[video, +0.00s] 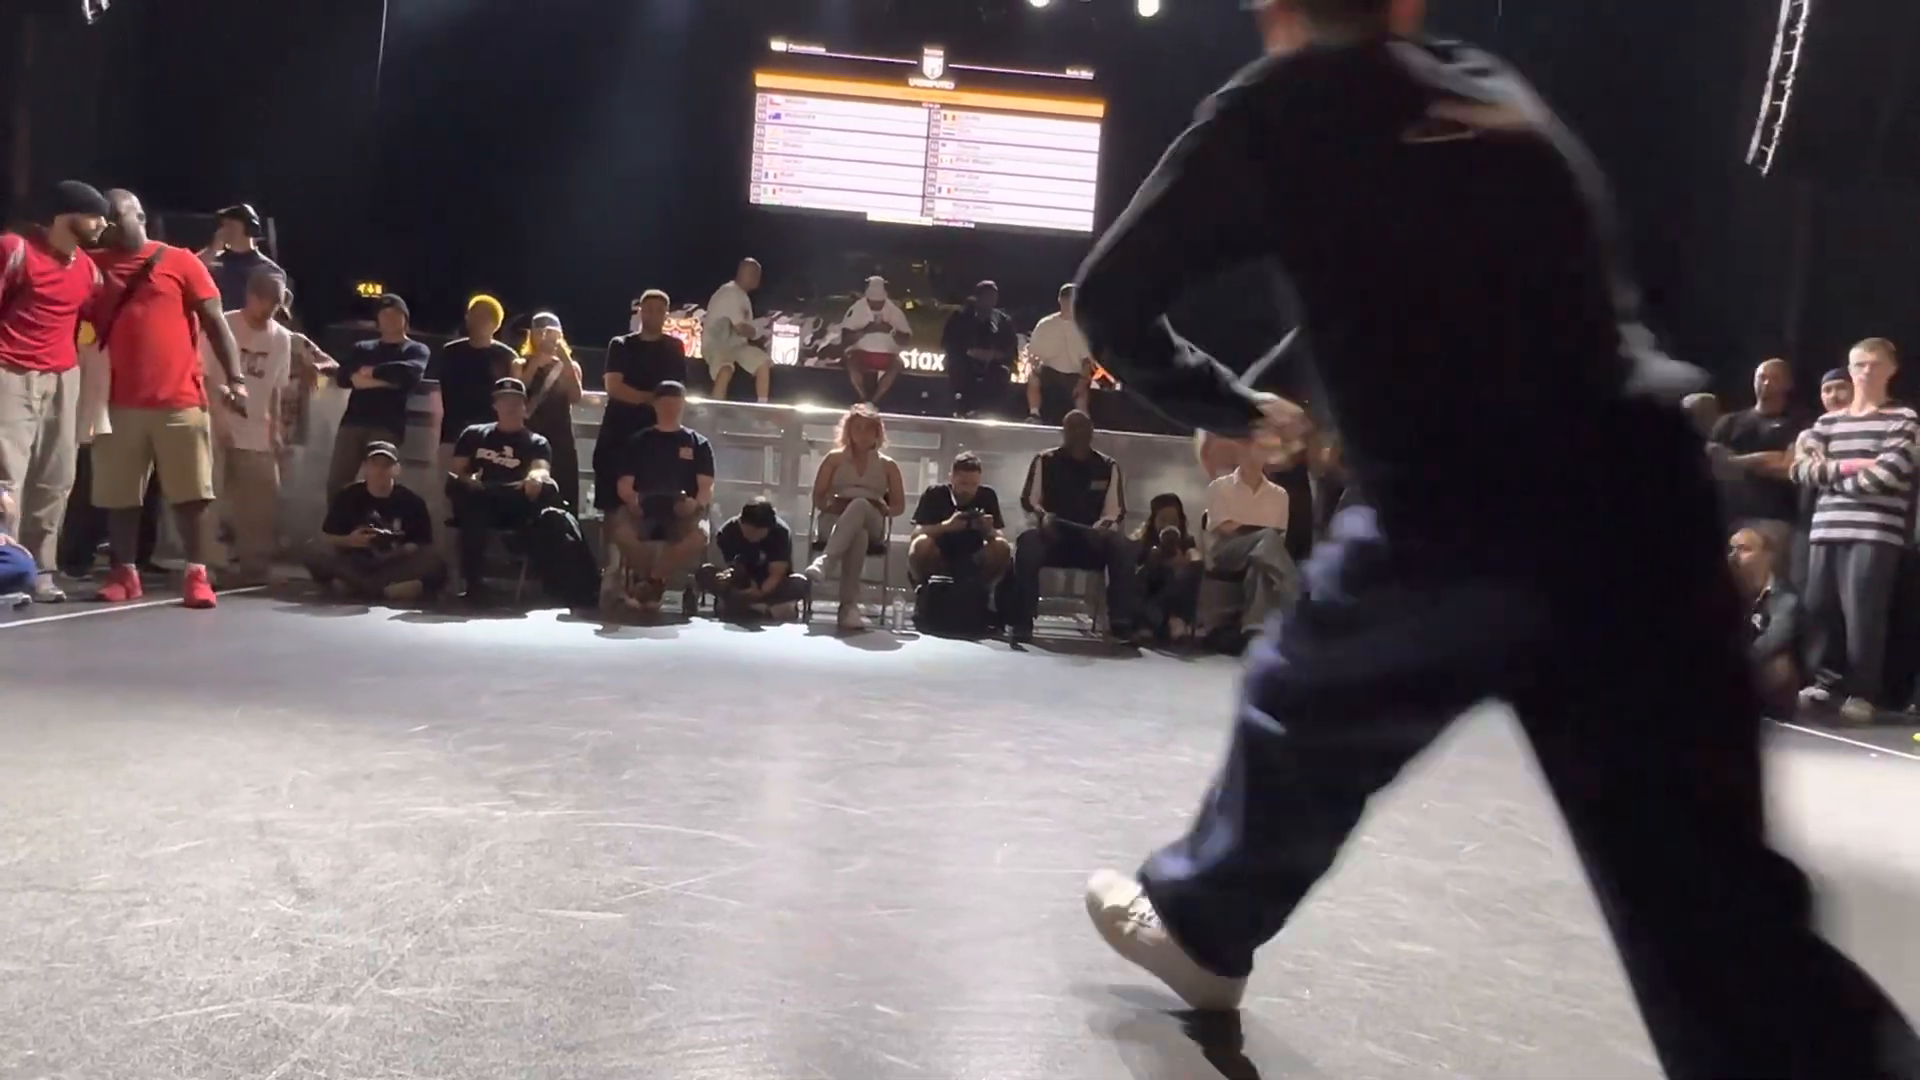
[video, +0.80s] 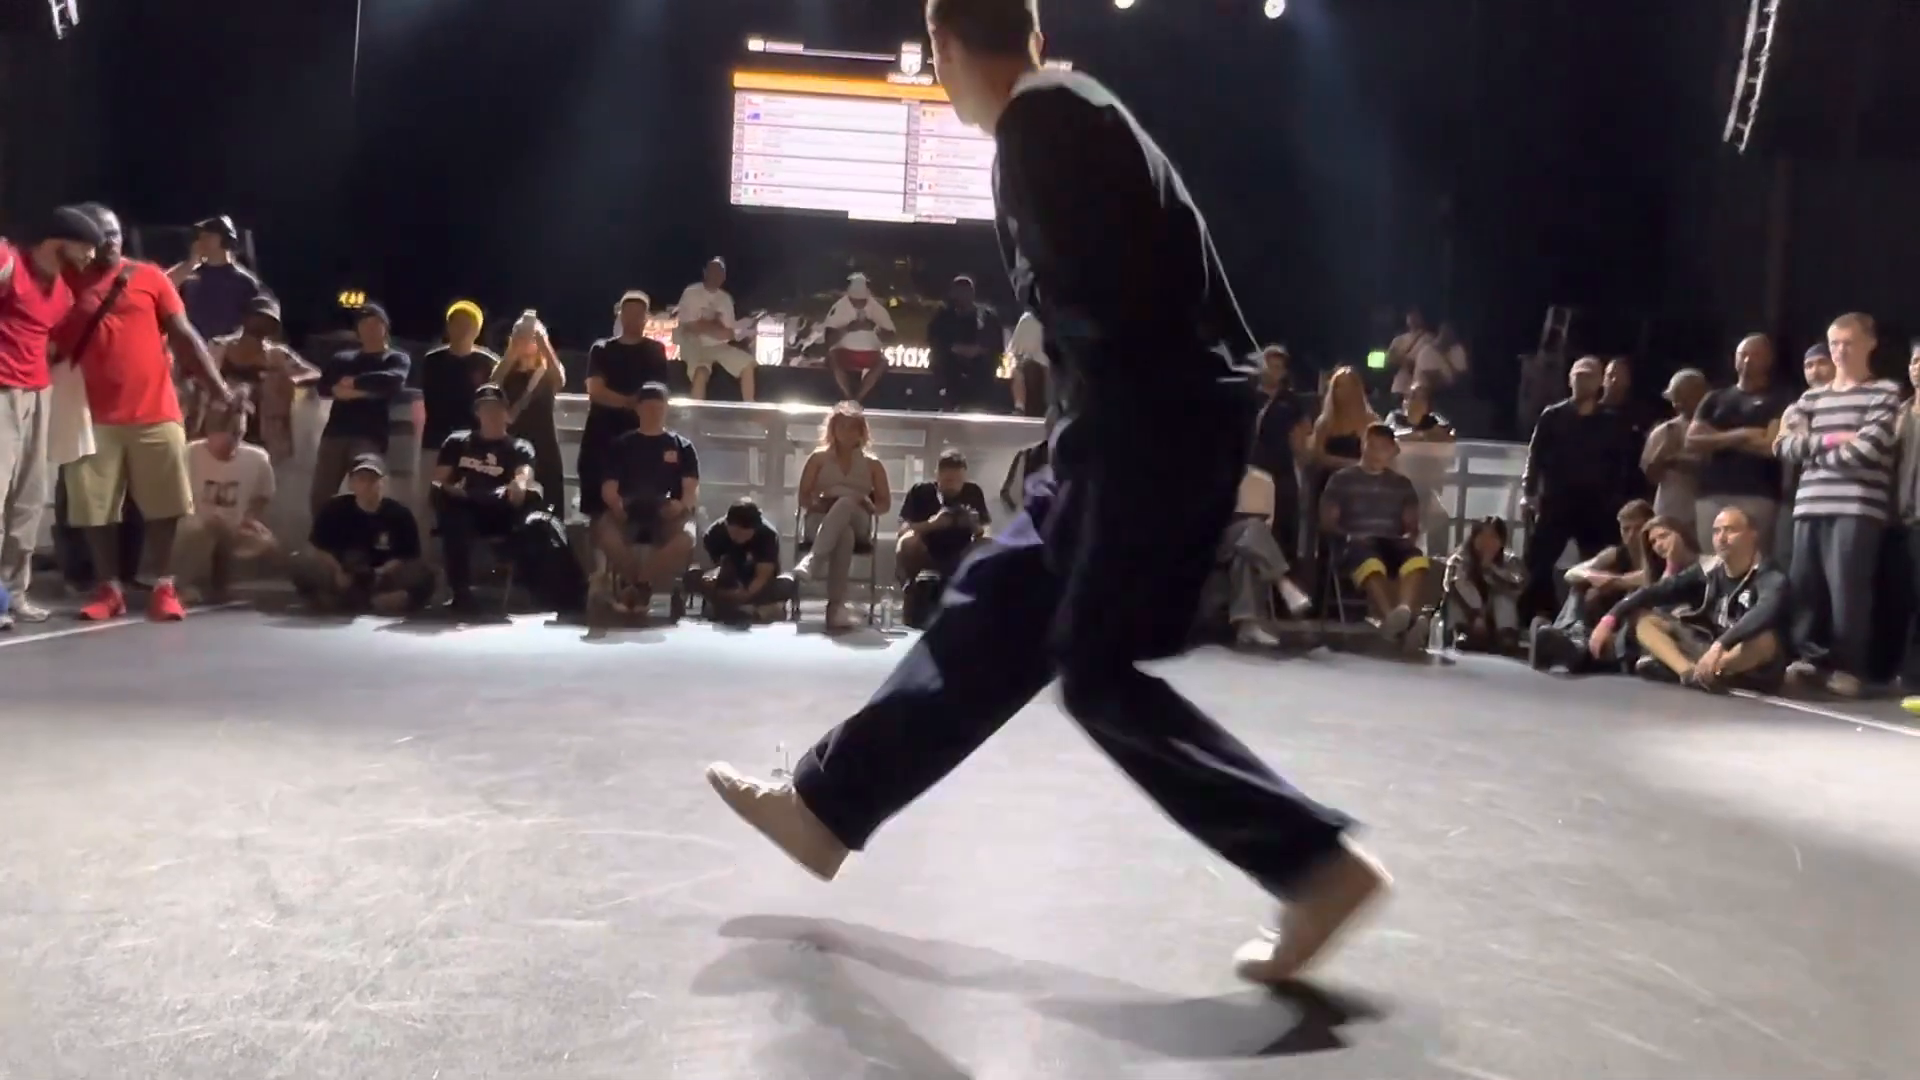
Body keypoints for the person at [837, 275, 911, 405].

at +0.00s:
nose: (876, 305)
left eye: (880, 301)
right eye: (873, 301)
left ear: (885, 298)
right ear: (867, 298)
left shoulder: (894, 310)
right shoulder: (856, 309)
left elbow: (905, 340)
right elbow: (845, 339)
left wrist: (891, 330)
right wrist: (866, 330)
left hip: (887, 354)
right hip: (860, 352)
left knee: (897, 365)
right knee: (851, 362)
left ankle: (874, 401)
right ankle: (863, 398)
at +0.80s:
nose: (859, 303)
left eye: (862, 300)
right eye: (855, 300)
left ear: (867, 296)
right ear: (849, 296)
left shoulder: (876, 307)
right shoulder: (840, 307)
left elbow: (890, 337)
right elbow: (828, 339)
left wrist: (875, 327)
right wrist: (849, 328)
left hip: (871, 353)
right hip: (845, 351)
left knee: (882, 364)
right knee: (833, 357)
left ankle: (858, 400)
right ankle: (849, 398)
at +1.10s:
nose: (861, 313)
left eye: (865, 310)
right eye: (857, 310)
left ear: (870, 307)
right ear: (851, 306)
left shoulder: (879, 319)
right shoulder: (841, 318)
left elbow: (891, 347)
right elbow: (831, 349)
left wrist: (876, 338)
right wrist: (850, 338)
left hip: (873, 363)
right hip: (847, 361)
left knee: (883, 374)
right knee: (836, 371)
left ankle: (860, 411)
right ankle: (852, 410)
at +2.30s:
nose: (873, 323)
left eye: (876, 319)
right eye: (870, 319)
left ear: (879, 317)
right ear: (862, 316)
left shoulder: (883, 326)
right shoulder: (852, 328)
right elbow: (842, 357)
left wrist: (881, 343)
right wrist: (862, 346)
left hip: (880, 374)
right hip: (859, 373)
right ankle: (862, 416)